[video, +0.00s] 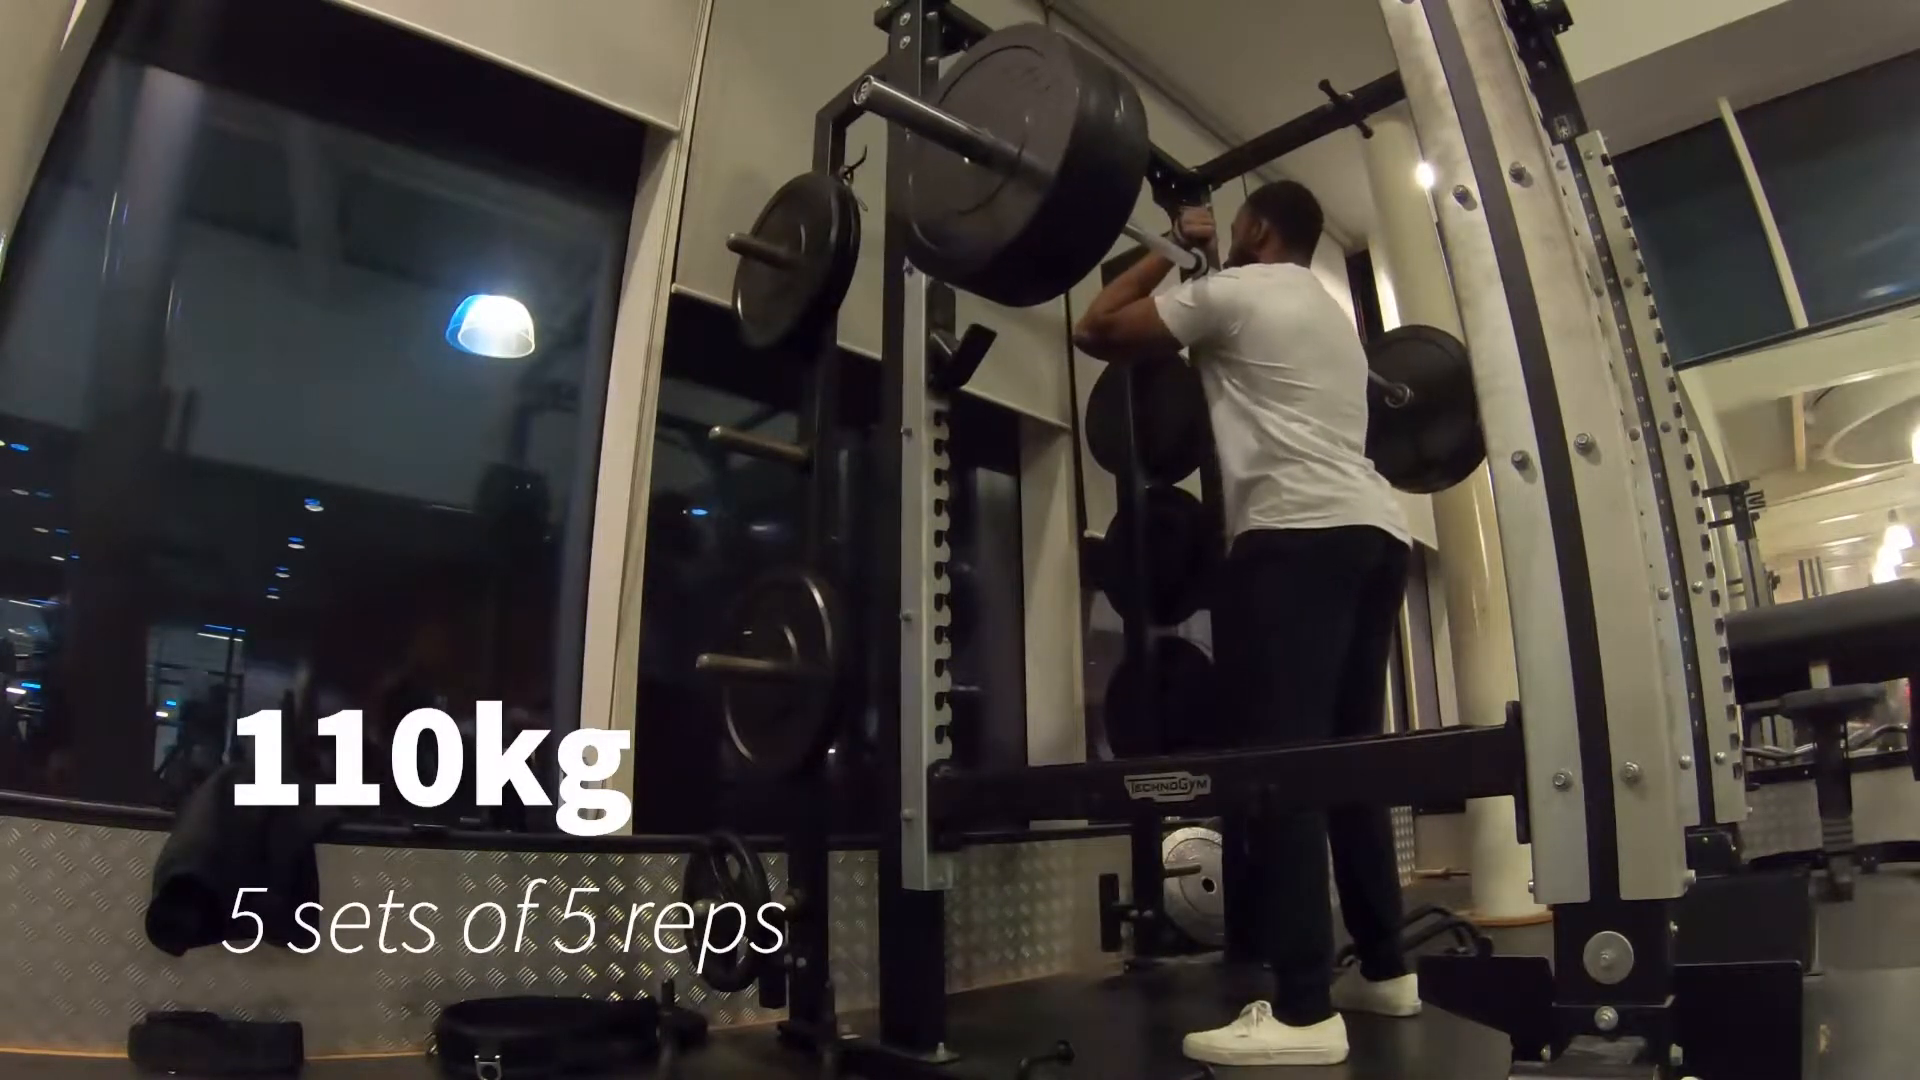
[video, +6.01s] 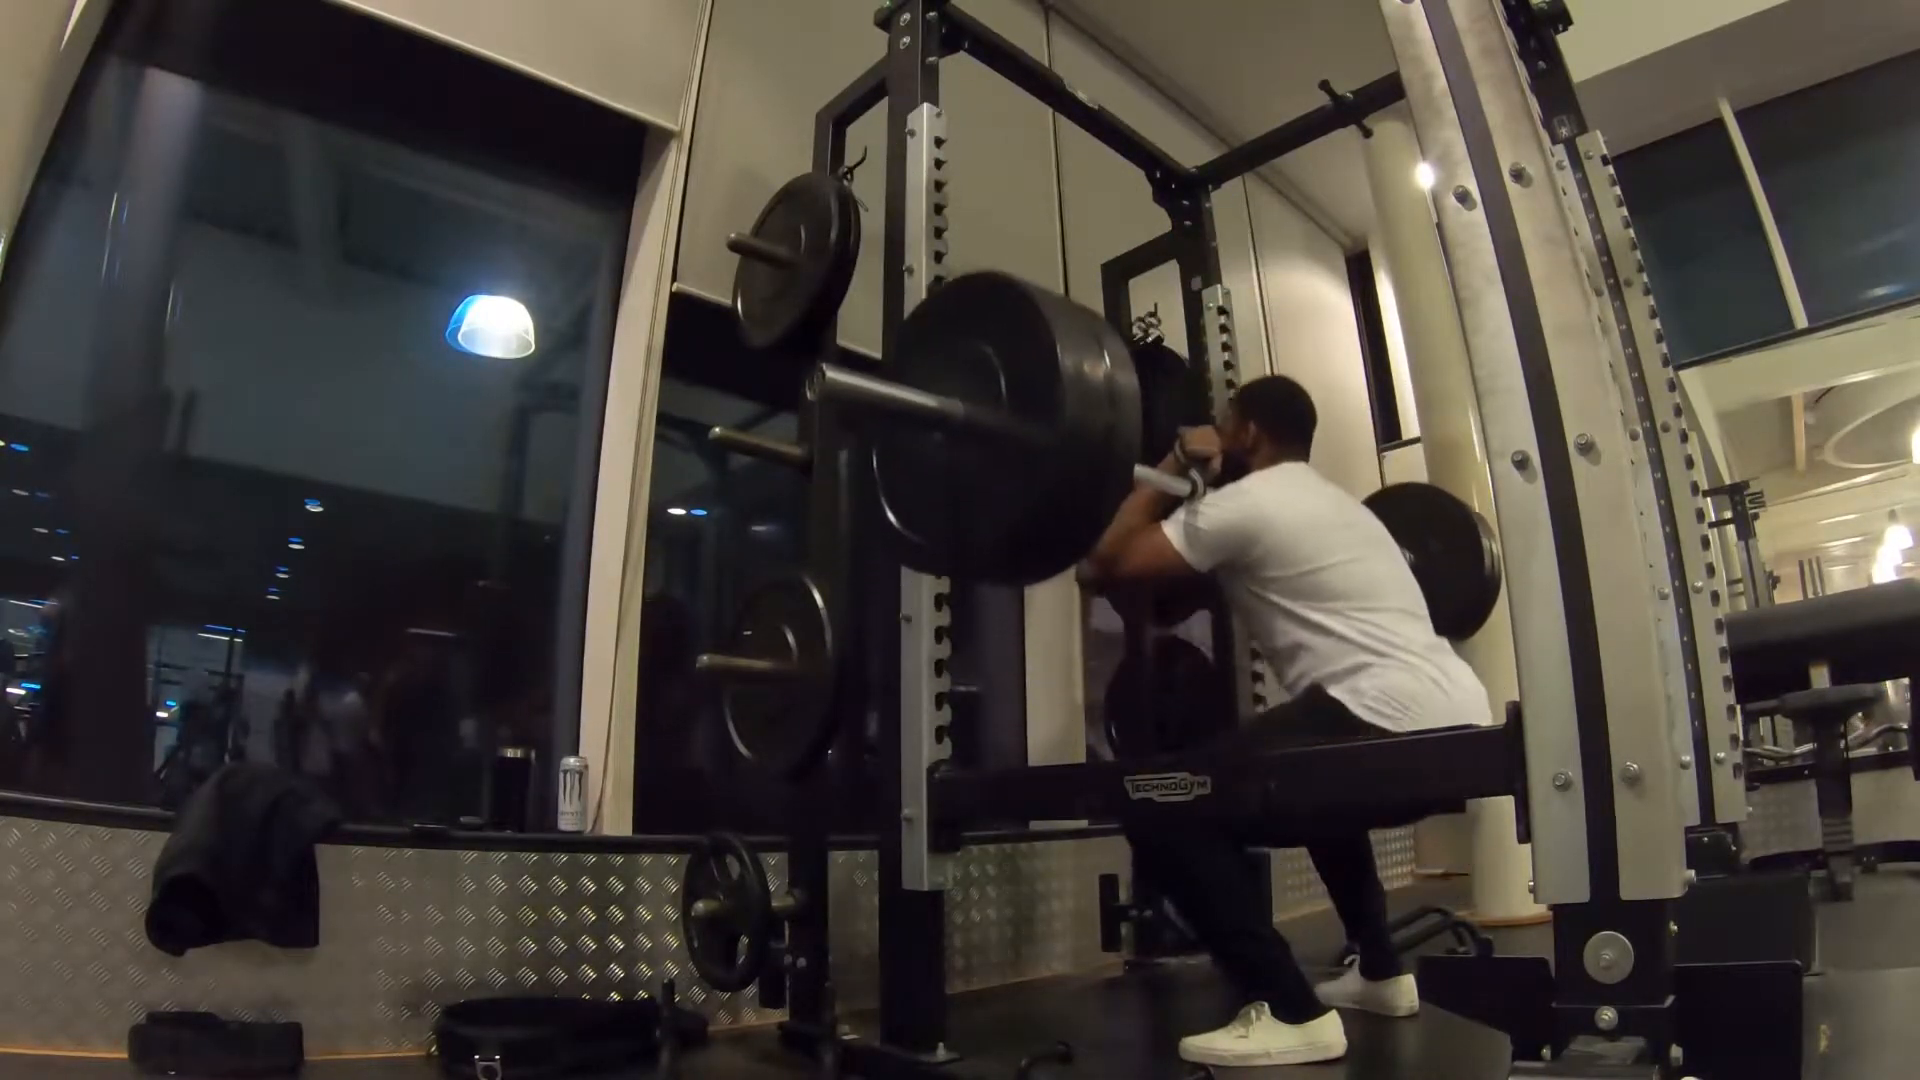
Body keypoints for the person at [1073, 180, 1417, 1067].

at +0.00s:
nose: (1236, 240)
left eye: (1242, 229)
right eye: (1241, 231)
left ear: (1259, 230)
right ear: (1310, 242)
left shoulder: (1239, 295)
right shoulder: (1333, 312)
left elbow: (1097, 324)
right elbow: (1242, 344)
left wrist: (1166, 252)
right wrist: (1202, 264)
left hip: (1290, 541)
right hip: (1373, 540)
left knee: (1278, 770)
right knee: (1350, 762)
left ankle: (1301, 1010)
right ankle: (1386, 970)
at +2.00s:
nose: (1221, 494)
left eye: (1230, 482)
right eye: (1224, 482)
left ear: (1256, 492)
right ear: (1309, 495)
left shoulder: (1241, 569)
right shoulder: (1334, 554)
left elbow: (1113, 618)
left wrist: (1172, 524)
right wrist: (1220, 534)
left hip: (1384, 807)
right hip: (1458, 804)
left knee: (1160, 827)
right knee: (1304, 789)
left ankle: (1294, 1013)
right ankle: (1381, 972)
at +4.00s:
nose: (1213, 249)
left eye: (1217, 238)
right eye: (1216, 240)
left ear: (1237, 238)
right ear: (1286, 247)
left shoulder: (1220, 304)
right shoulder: (1314, 312)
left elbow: (1082, 338)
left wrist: (1152, 268)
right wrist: (1198, 267)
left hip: (1281, 547)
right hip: (1363, 547)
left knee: (1274, 771)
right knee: (1345, 764)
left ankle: (1299, 1008)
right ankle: (1384, 969)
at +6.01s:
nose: (1221, 436)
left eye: (1229, 425)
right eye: (1225, 425)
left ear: (1251, 433)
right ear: (1299, 439)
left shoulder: (1249, 506)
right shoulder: (1332, 497)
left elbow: (1114, 558)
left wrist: (1168, 467)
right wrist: (1219, 478)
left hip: (1379, 720)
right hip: (1462, 721)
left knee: (1176, 804)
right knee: (1305, 783)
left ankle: (1293, 1013)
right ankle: (1381, 969)